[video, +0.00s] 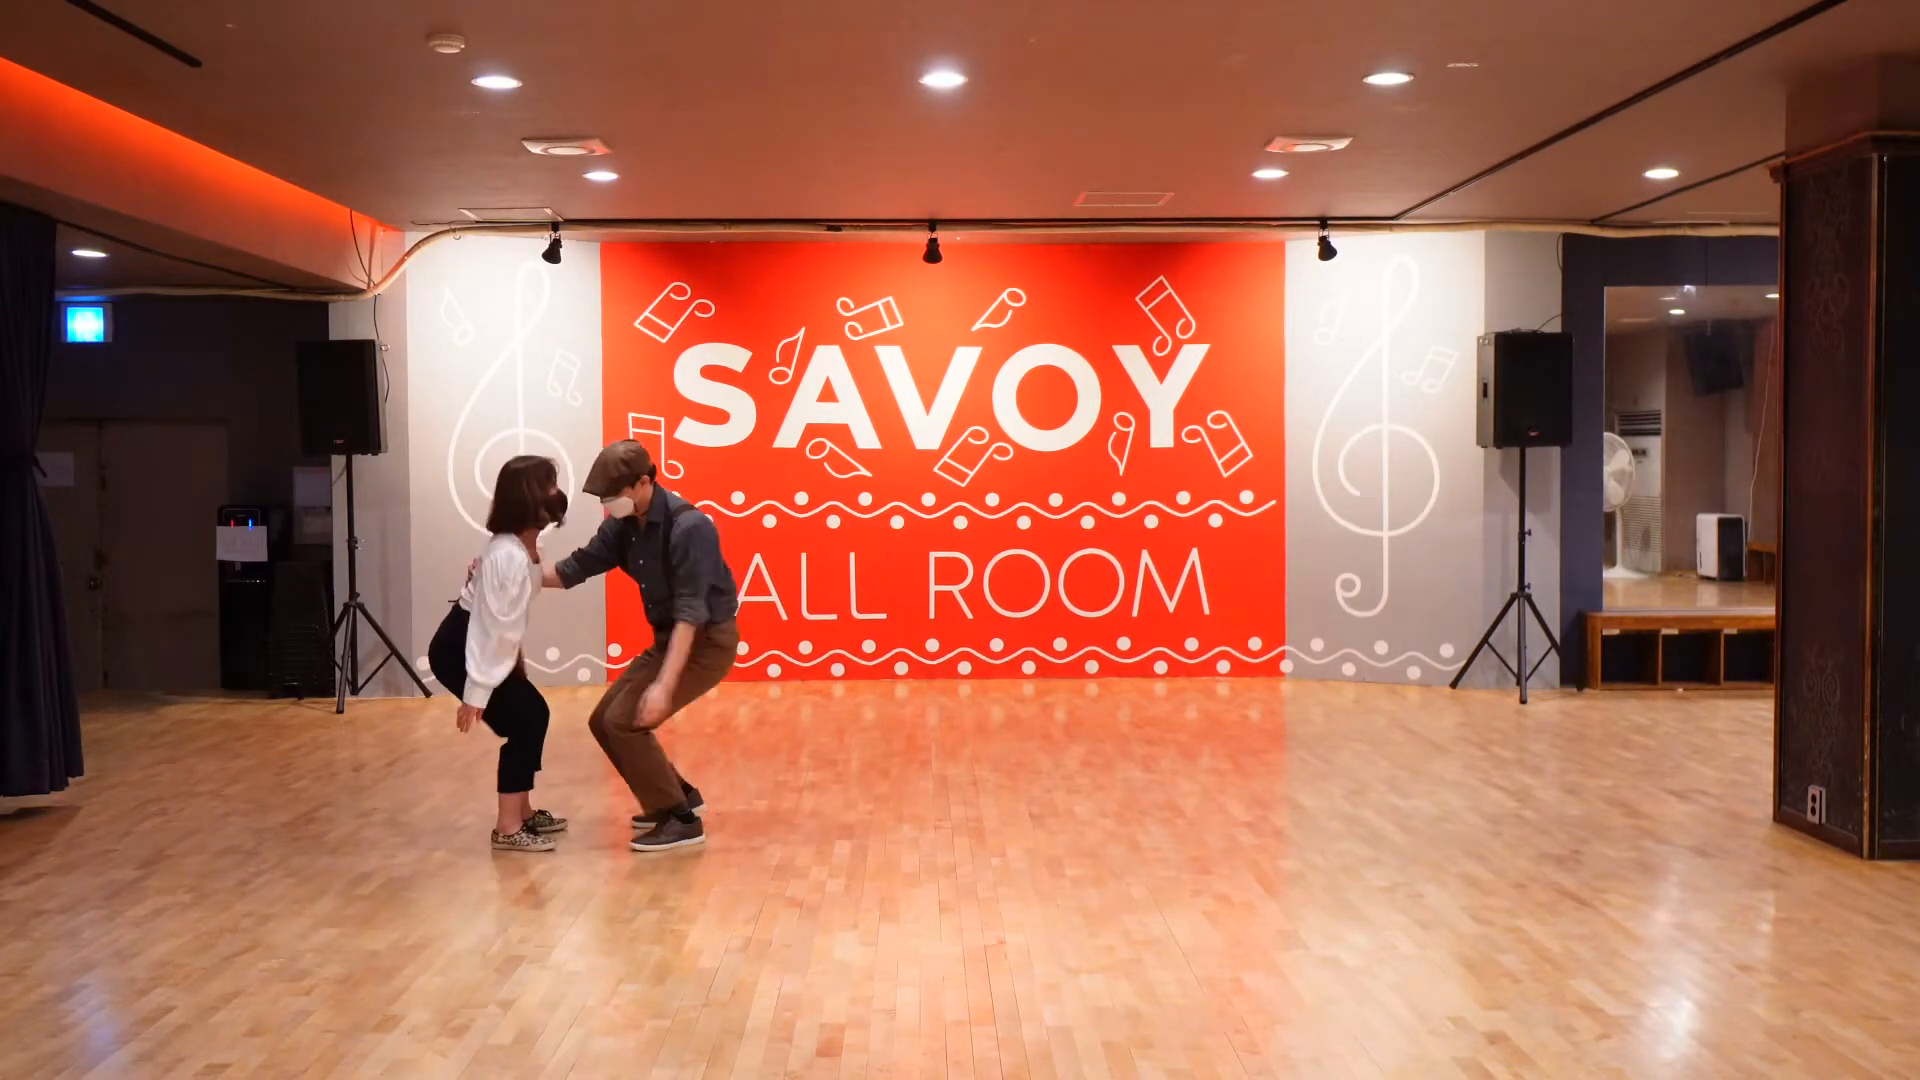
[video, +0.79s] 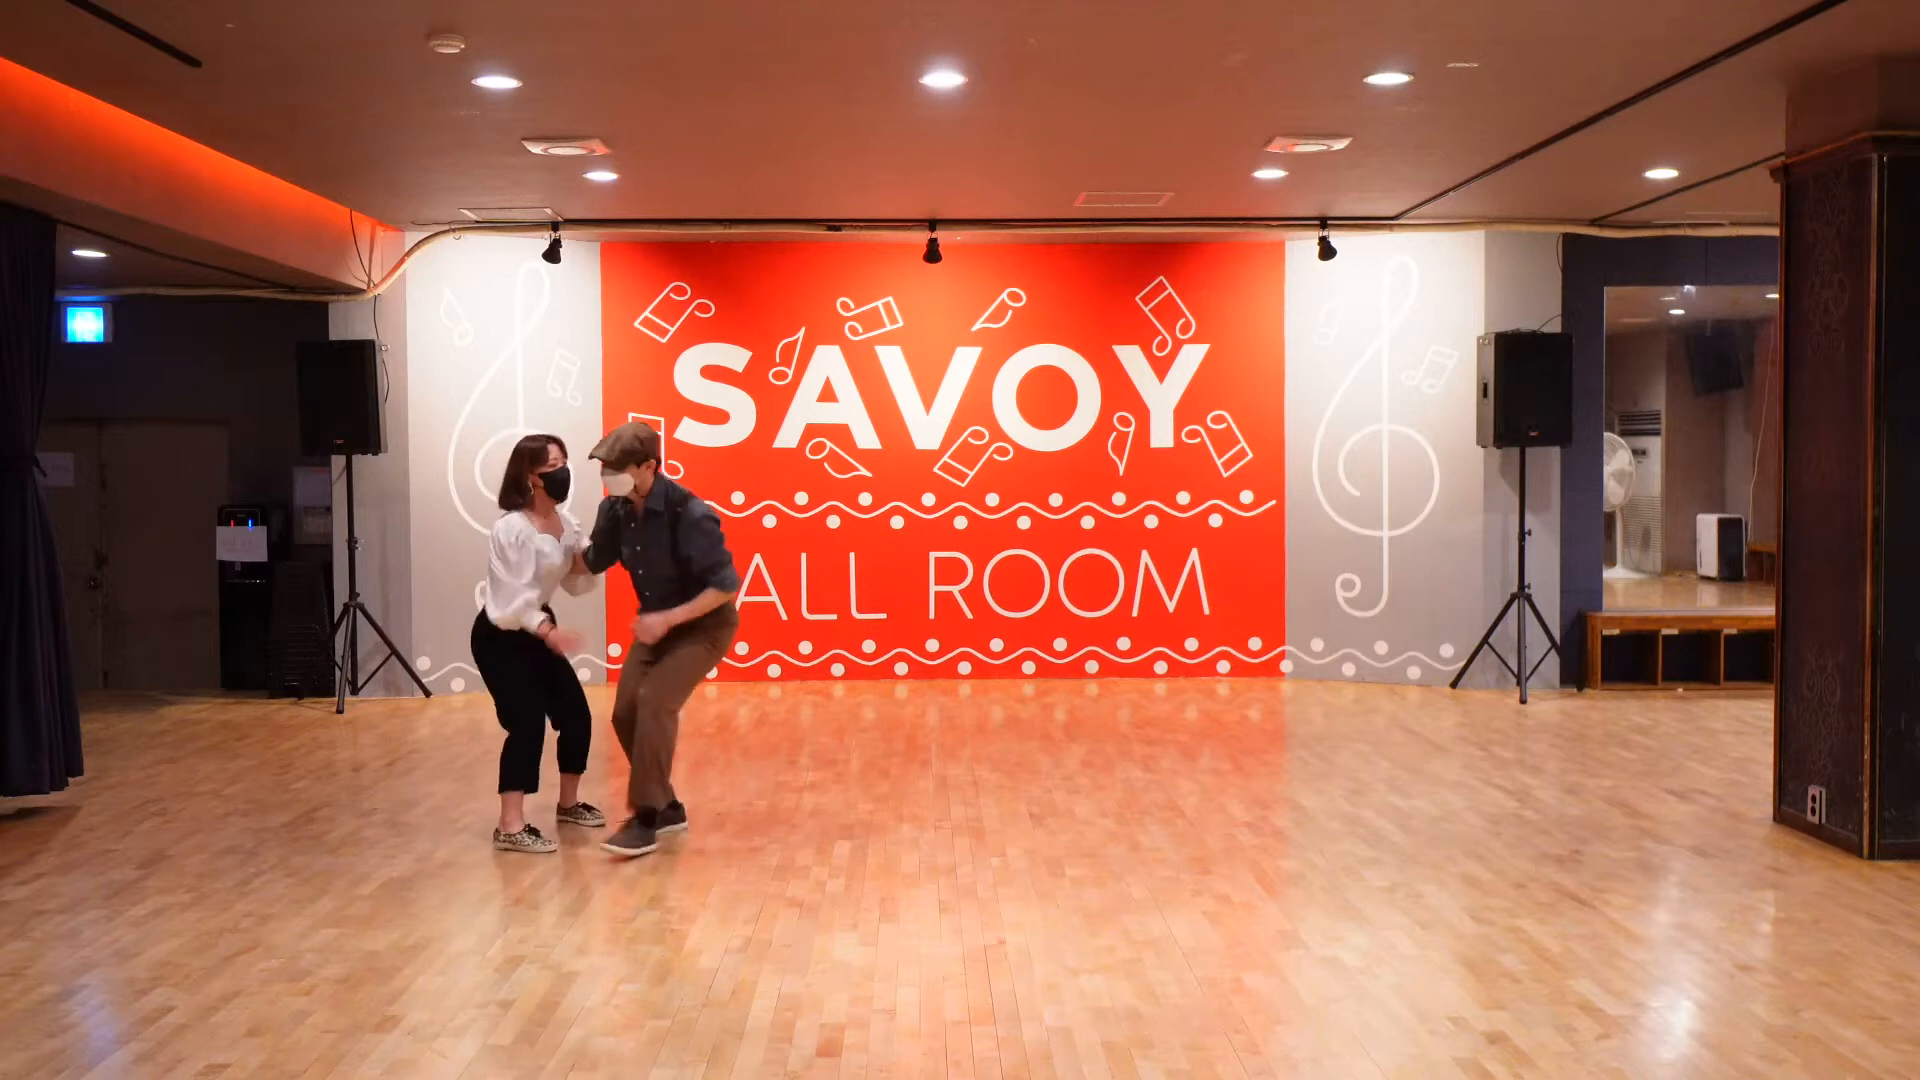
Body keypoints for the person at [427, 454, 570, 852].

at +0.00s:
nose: (559, 491)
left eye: (556, 484)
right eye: (552, 485)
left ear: (518, 497)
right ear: (534, 496)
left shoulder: (521, 549)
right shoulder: (508, 556)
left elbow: (507, 622)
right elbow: (495, 631)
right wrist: (477, 694)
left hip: (479, 645)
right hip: (459, 654)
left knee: (535, 712)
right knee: (526, 719)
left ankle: (520, 812)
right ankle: (508, 828)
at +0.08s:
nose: (554, 483)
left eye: (551, 476)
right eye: (547, 477)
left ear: (517, 491)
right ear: (529, 490)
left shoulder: (524, 541)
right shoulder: (507, 547)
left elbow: (521, 593)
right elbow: (491, 614)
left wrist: (538, 625)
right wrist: (480, 678)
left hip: (482, 639)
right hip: (460, 647)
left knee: (532, 711)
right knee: (516, 722)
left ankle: (518, 810)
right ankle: (504, 829)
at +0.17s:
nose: (549, 480)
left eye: (548, 473)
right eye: (542, 474)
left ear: (521, 483)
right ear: (524, 483)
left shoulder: (523, 529)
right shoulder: (508, 534)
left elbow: (531, 565)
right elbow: (503, 585)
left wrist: (560, 579)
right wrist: (498, 632)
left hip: (475, 635)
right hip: (460, 639)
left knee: (533, 712)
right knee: (522, 717)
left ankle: (523, 814)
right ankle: (508, 828)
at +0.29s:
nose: (545, 474)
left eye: (545, 467)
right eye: (538, 468)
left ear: (536, 473)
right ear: (518, 474)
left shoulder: (537, 511)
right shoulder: (502, 516)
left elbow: (557, 520)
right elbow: (513, 534)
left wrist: (586, 515)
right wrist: (535, 532)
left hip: (491, 629)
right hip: (466, 631)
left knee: (530, 711)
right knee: (507, 722)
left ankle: (521, 814)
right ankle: (504, 829)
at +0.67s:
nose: (561, 467)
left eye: (558, 459)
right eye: (551, 461)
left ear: (541, 473)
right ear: (529, 473)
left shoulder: (553, 524)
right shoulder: (510, 527)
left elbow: (567, 564)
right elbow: (516, 591)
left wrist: (590, 556)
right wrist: (568, 576)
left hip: (521, 632)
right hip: (488, 635)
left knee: (574, 709)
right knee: (528, 724)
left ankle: (561, 797)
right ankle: (509, 829)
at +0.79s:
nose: (563, 472)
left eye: (563, 464)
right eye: (553, 467)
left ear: (562, 468)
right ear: (531, 477)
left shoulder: (563, 520)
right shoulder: (512, 529)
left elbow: (575, 584)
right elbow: (512, 599)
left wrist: (598, 555)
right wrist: (547, 629)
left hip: (535, 629)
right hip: (498, 633)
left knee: (576, 716)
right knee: (526, 722)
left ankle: (568, 805)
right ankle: (511, 826)